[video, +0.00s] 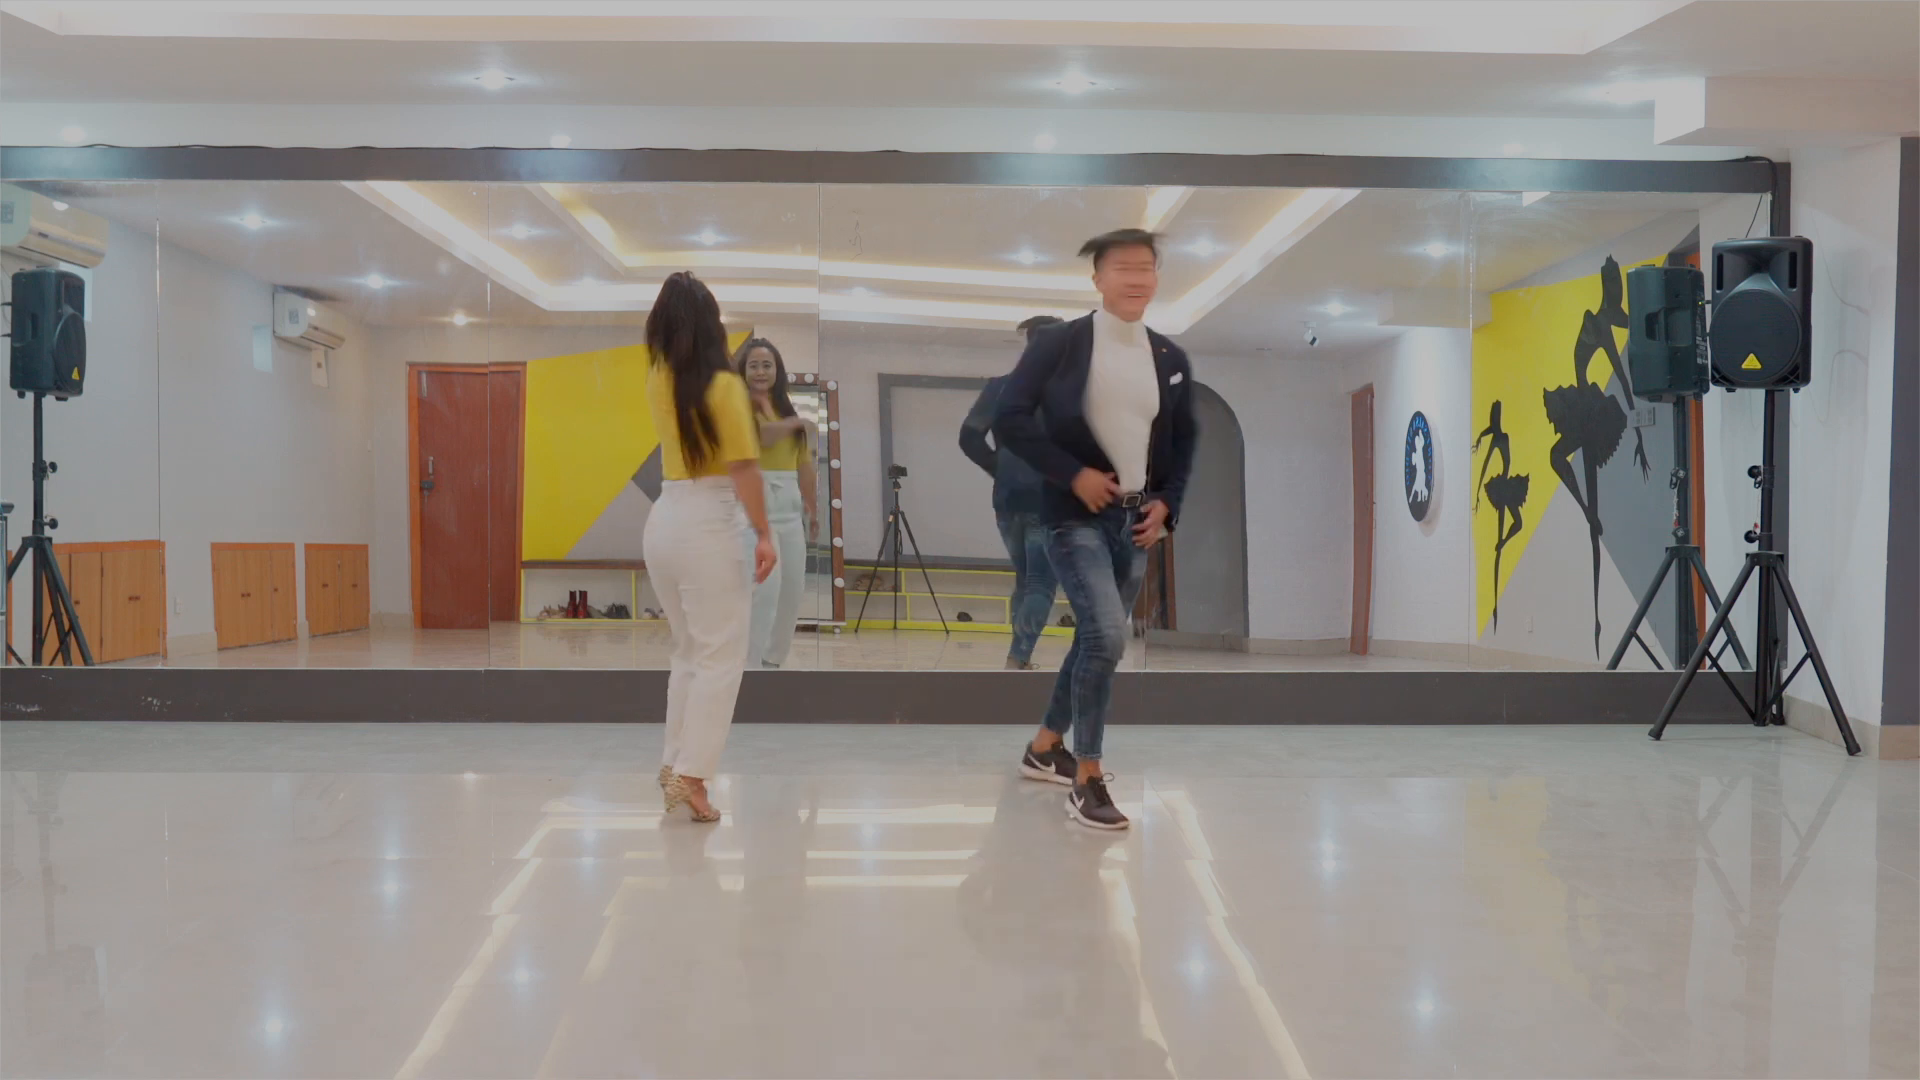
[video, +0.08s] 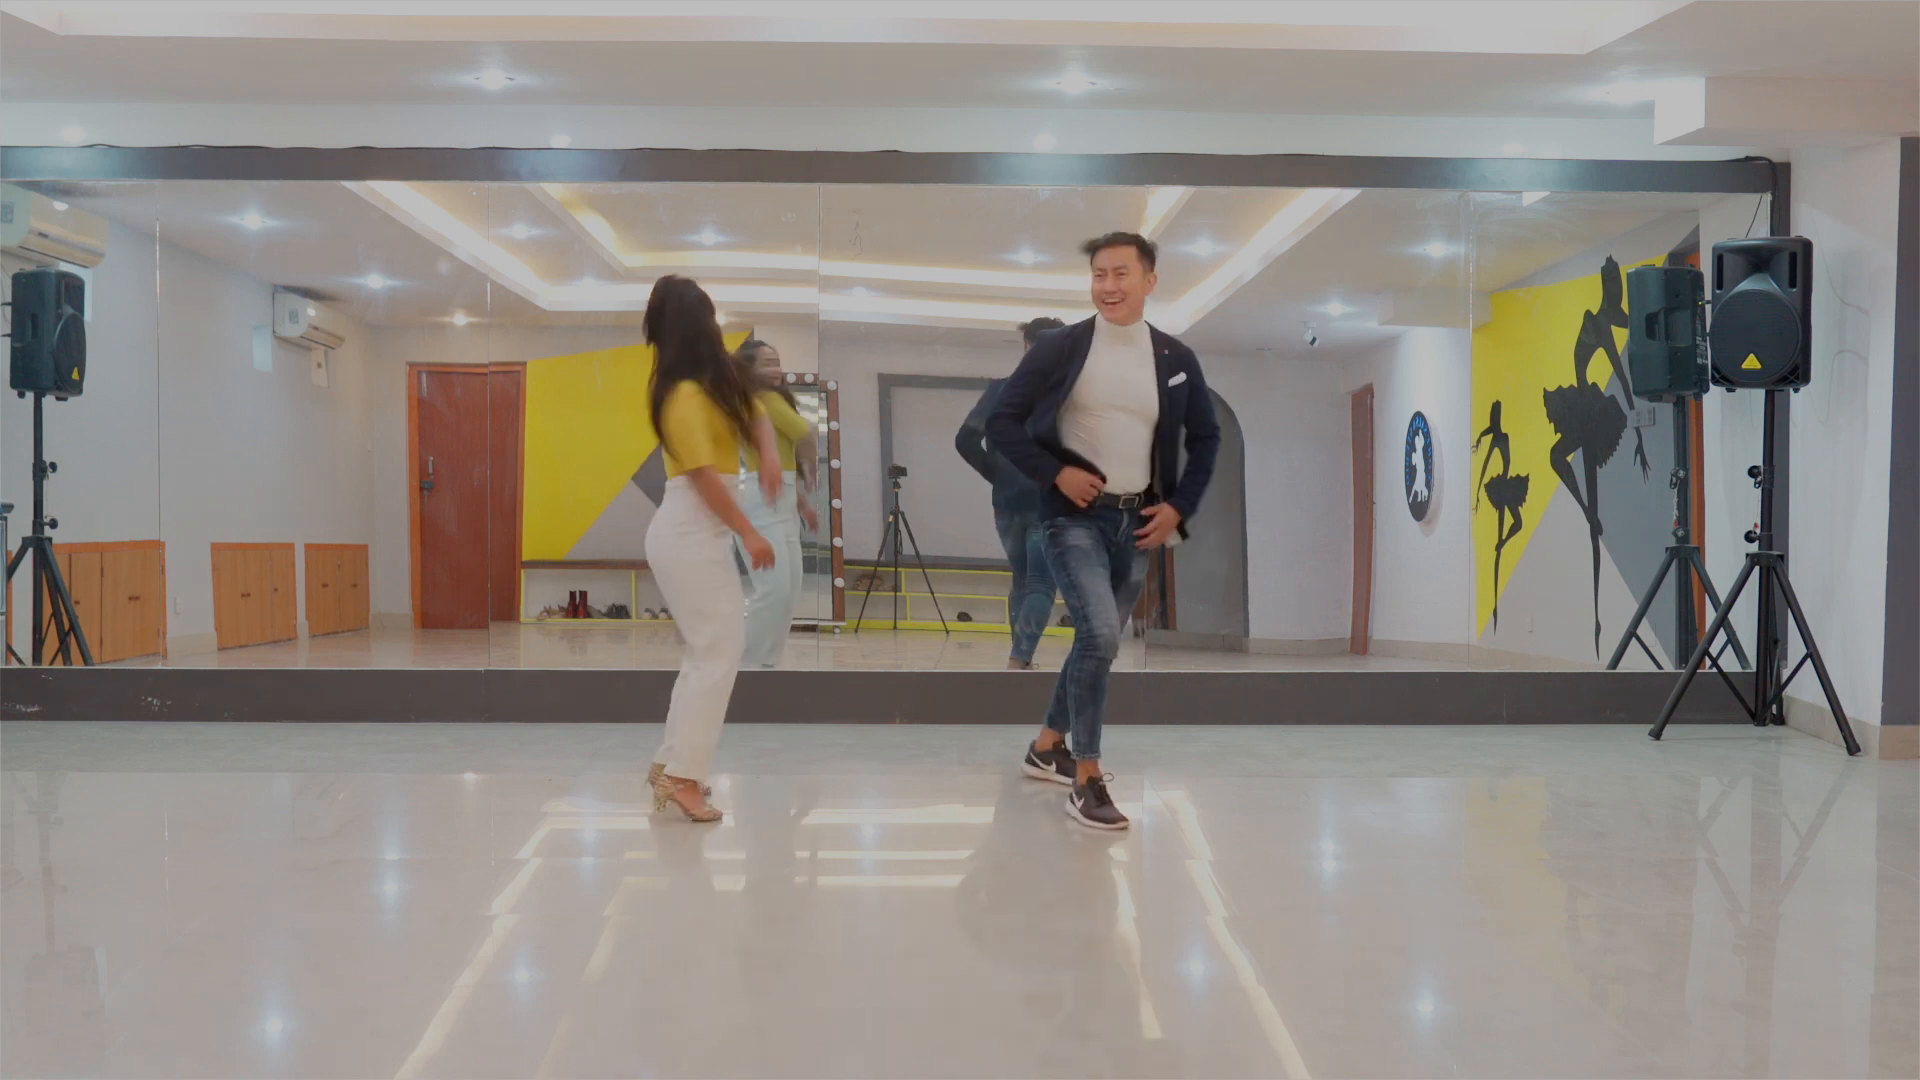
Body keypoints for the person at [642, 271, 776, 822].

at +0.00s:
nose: (722, 322)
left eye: (715, 314)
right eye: (718, 315)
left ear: (663, 325)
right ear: (712, 321)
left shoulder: (657, 382)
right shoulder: (723, 385)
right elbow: (743, 465)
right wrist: (764, 532)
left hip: (666, 519)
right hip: (714, 521)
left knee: (688, 648)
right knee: (723, 655)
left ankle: (675, 765)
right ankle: (693, 774)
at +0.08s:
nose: (716, 318)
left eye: (710, 309)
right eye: (709, 311)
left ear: (666, 327)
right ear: (701, 323)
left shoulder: (710, 381)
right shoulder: (684, 393)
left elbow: (753, 410)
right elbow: (701, 475)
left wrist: (770, 457)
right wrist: (750, 532)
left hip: (700, 528)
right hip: (689, 530)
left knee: (708, 647)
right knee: (720, 646)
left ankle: (672, 765)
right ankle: (684, 776)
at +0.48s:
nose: (697, 354)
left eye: (709, 345)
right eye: (688, 343)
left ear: (725, 350)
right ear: (673, 345)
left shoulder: (735, 406)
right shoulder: (651, 403)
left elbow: (758, 482)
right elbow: (616, 473)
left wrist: (767, 545)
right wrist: (621, 535)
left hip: (731, 541)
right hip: (665, 539)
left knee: (730, 660)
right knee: (676, 653)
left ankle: (699, 762)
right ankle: (681, 778)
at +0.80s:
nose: (689, 353)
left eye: (702, 345)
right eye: (681, 342)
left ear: (721, 348)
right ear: (668, 342)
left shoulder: (740, 403)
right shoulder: (651, 402)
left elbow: (766, 474)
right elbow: (612, 470)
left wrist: (774, 533)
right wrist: (621, 525)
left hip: (734, 541)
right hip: (668, 539)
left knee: (728, 661)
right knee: (675, 654)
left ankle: (703, 767)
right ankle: (681, 779)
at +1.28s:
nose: (703, 349)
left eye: (715, 341)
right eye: (694, 339)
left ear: (733, 345)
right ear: (681, 342)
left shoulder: (749, 399)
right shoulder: (662, 396)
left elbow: (764, 477)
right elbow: (649, 474)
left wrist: (765, 540)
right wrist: (655, 542)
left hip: (738, 536)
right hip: (678, 534)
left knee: (731, 652)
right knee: (685, 646)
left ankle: (701, 761)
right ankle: (683, 769)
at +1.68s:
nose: (721, 338)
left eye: (732, 327)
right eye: (711, 327)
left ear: (751, 330)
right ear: (698, 330)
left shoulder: (763, 384)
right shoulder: (687, 377)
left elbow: (786, 456)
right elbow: (628, 423)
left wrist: (796, 434)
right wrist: (678, 455)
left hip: (740, 525)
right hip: (697, 520)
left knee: (703, 644)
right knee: (762, 621)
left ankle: (673, 754)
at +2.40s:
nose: (767, 331)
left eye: (779, 322)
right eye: (758, 320)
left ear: (797, 327)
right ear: (743, 324)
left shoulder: (815, 377)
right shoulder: (726, 376)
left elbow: (879, 416)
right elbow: (653, 391)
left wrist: (852, 366)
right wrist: (689, 358)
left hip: (813, 509)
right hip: (750, 517)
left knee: (768, 583)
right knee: (770, 653)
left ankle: (820, 626)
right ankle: (795, 767)